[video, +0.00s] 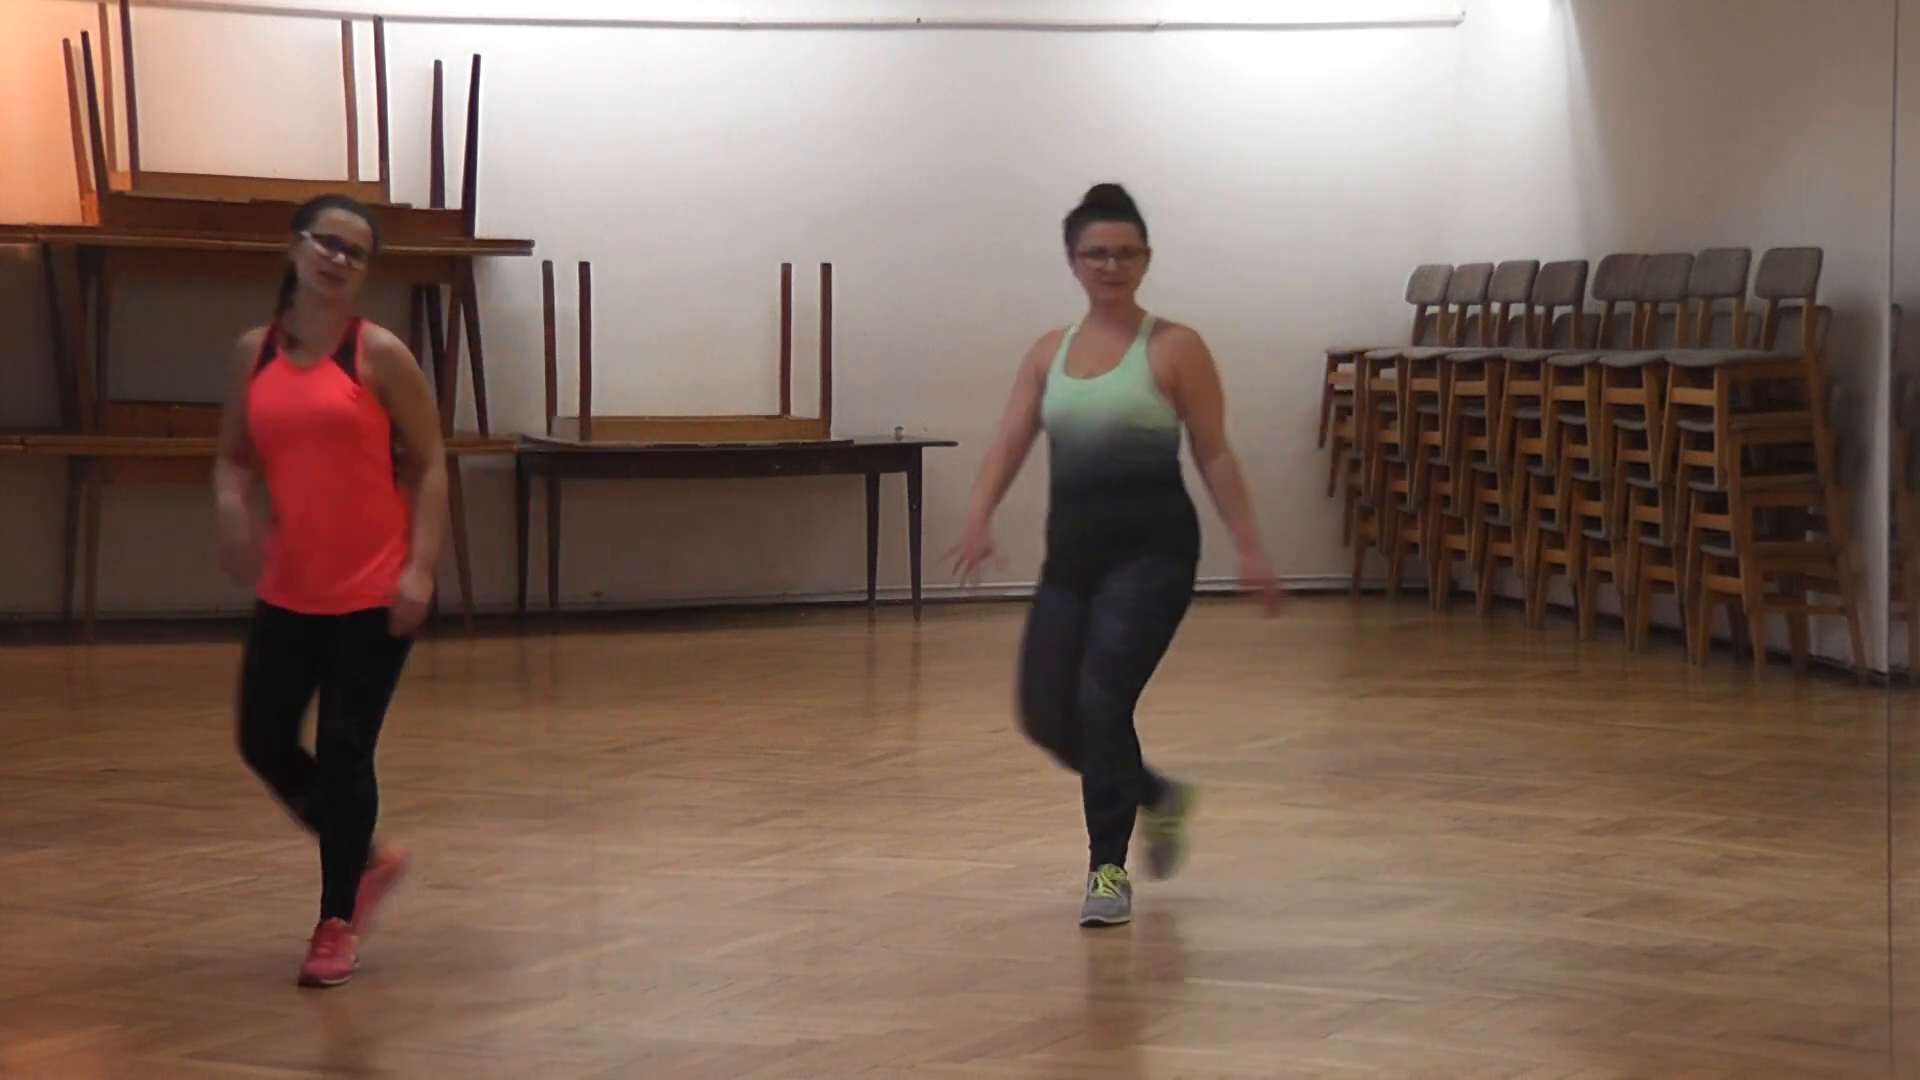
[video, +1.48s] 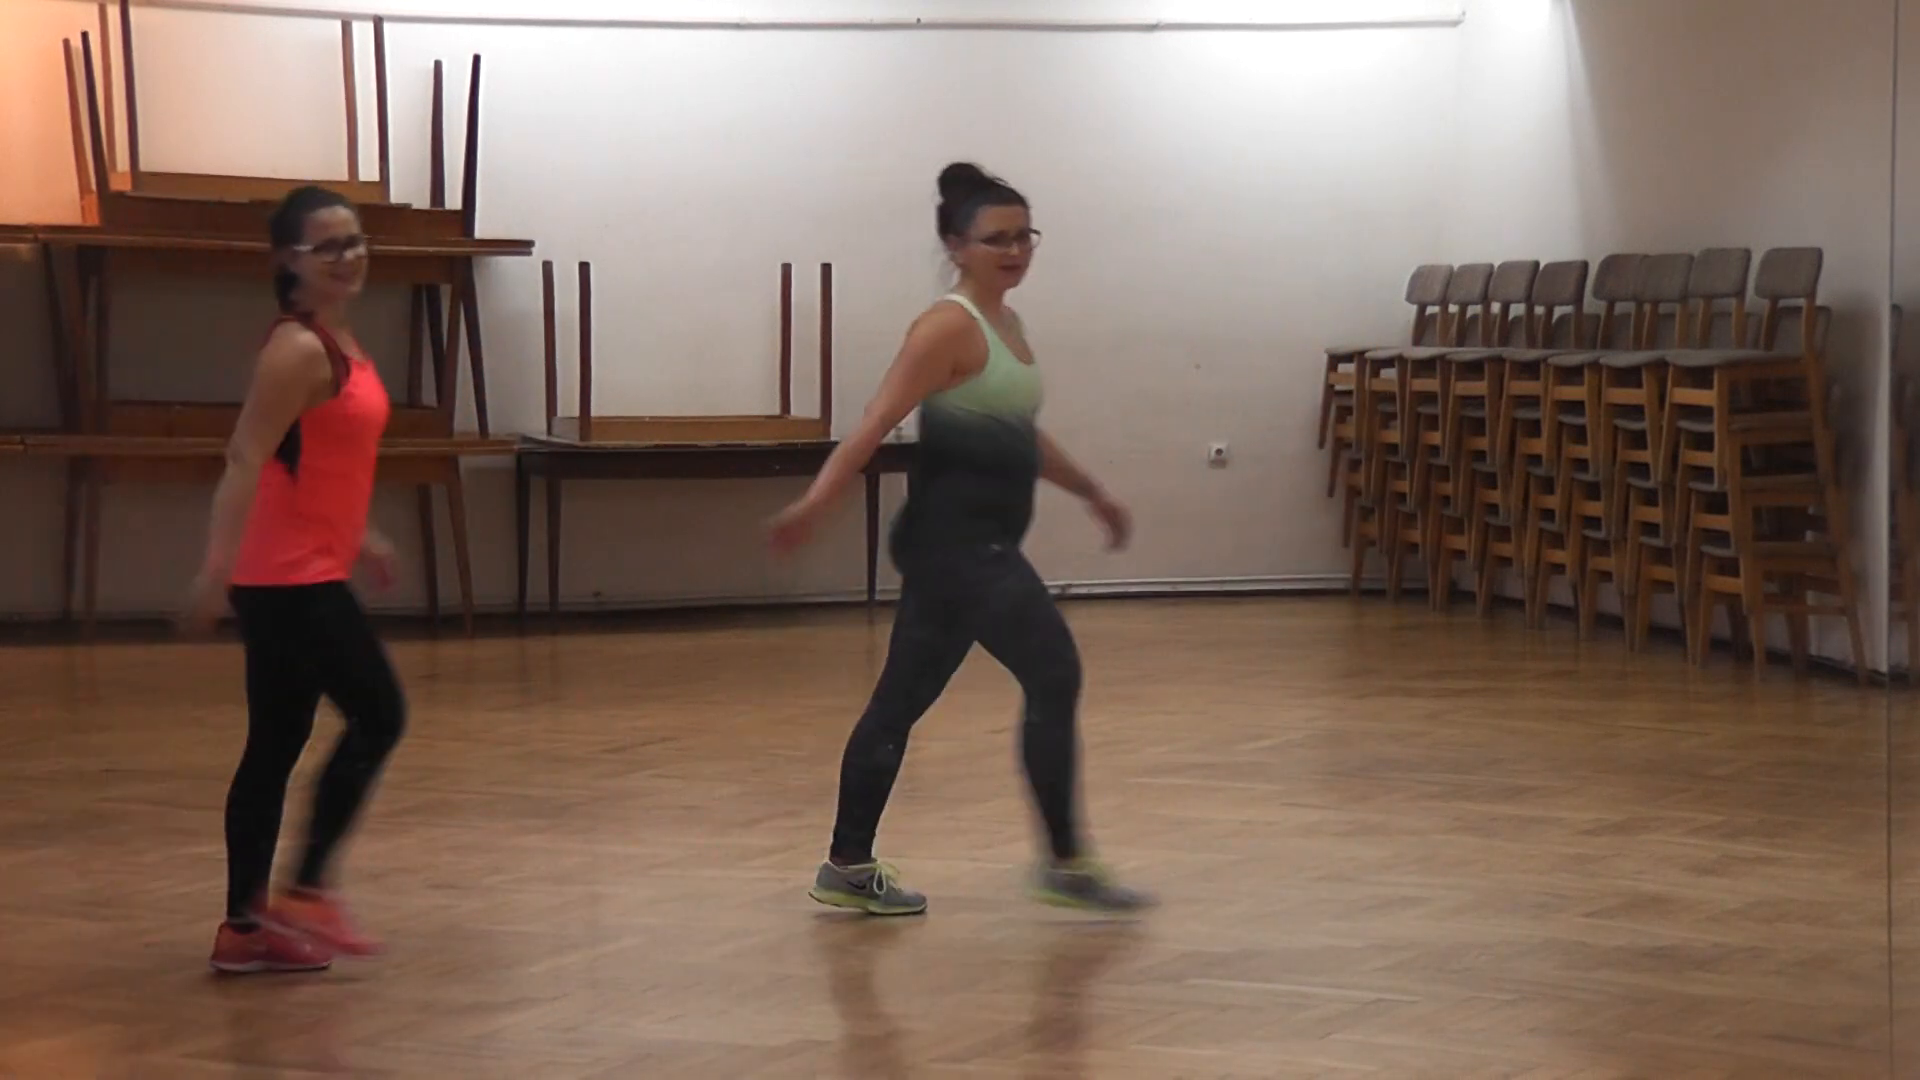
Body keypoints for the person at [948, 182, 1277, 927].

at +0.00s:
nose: (1113, 265)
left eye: (1127, 252)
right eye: (1098, 253)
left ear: (1145, 259)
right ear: (1073, 261)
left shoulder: (1175, 349)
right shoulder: (1051, 353)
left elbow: (1214, 454)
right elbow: (1011, 443)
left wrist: (1251, 551)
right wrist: (978, 518)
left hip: (1152, 551)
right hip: (1073, 553)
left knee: (1101, 697)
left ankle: (1107, 869)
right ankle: (1159, 793)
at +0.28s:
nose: (1034, 249)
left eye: (1046, 235)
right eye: (1017, 236)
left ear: (1062, 242)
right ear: (986, 244)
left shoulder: (1083, 335)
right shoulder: (946, 328)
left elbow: (1105, 436)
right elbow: (899, 427)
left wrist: (1047, 476)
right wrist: (887, 507)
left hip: (1050, 545)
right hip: (960, 545)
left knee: (1071, 707)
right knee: (953, 711)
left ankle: (1106, 867)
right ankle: (915, 877)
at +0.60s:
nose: (949, 248)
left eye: (960, 234)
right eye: (932, 236)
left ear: (972, 238)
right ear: (896, 243)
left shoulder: (976, 329)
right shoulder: (875, 323)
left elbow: (988, 429)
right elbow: (833, 423)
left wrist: (1021, 502)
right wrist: (888, 462)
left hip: (941, 540)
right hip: (873, 538)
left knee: (905, 702)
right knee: (905, 700)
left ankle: (798, 845)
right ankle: (903, 879)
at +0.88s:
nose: (917, 243)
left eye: (927, 230)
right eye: (899, 230)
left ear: (936, 235)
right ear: (861, 236)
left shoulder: (908, 317)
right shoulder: (850, 311)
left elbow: (887, 429)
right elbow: (903, 401)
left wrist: (914, 506)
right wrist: (981, 335)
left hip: (886, 535)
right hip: (829, 532)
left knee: (852, 699)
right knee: (838, 693)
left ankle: (788, 854)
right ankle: (734, 837)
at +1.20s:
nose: (935, 271)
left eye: (942, 257)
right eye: (917, 259)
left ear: (946, 260)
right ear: (876, 266)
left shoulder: (895, 342)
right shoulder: (874, 344)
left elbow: (872, 460)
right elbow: (952, 441)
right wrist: (1062, 485)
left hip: (897, 571)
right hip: (844, 572)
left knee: (943, 706)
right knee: (811, 714)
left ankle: (851, 864)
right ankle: (701, 858)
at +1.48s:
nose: (1018, 252)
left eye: (1025, 238)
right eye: (1000, 239)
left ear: (1031, 240)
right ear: (957, 245)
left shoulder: (1003, 322)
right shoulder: (945, 328)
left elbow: (1018, 433)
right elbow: (874, 421)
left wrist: (1092, 493)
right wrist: (814, 503)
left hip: (974, 546)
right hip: (955, 548)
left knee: (895, 706)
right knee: (1054, 669)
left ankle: (848, 864)